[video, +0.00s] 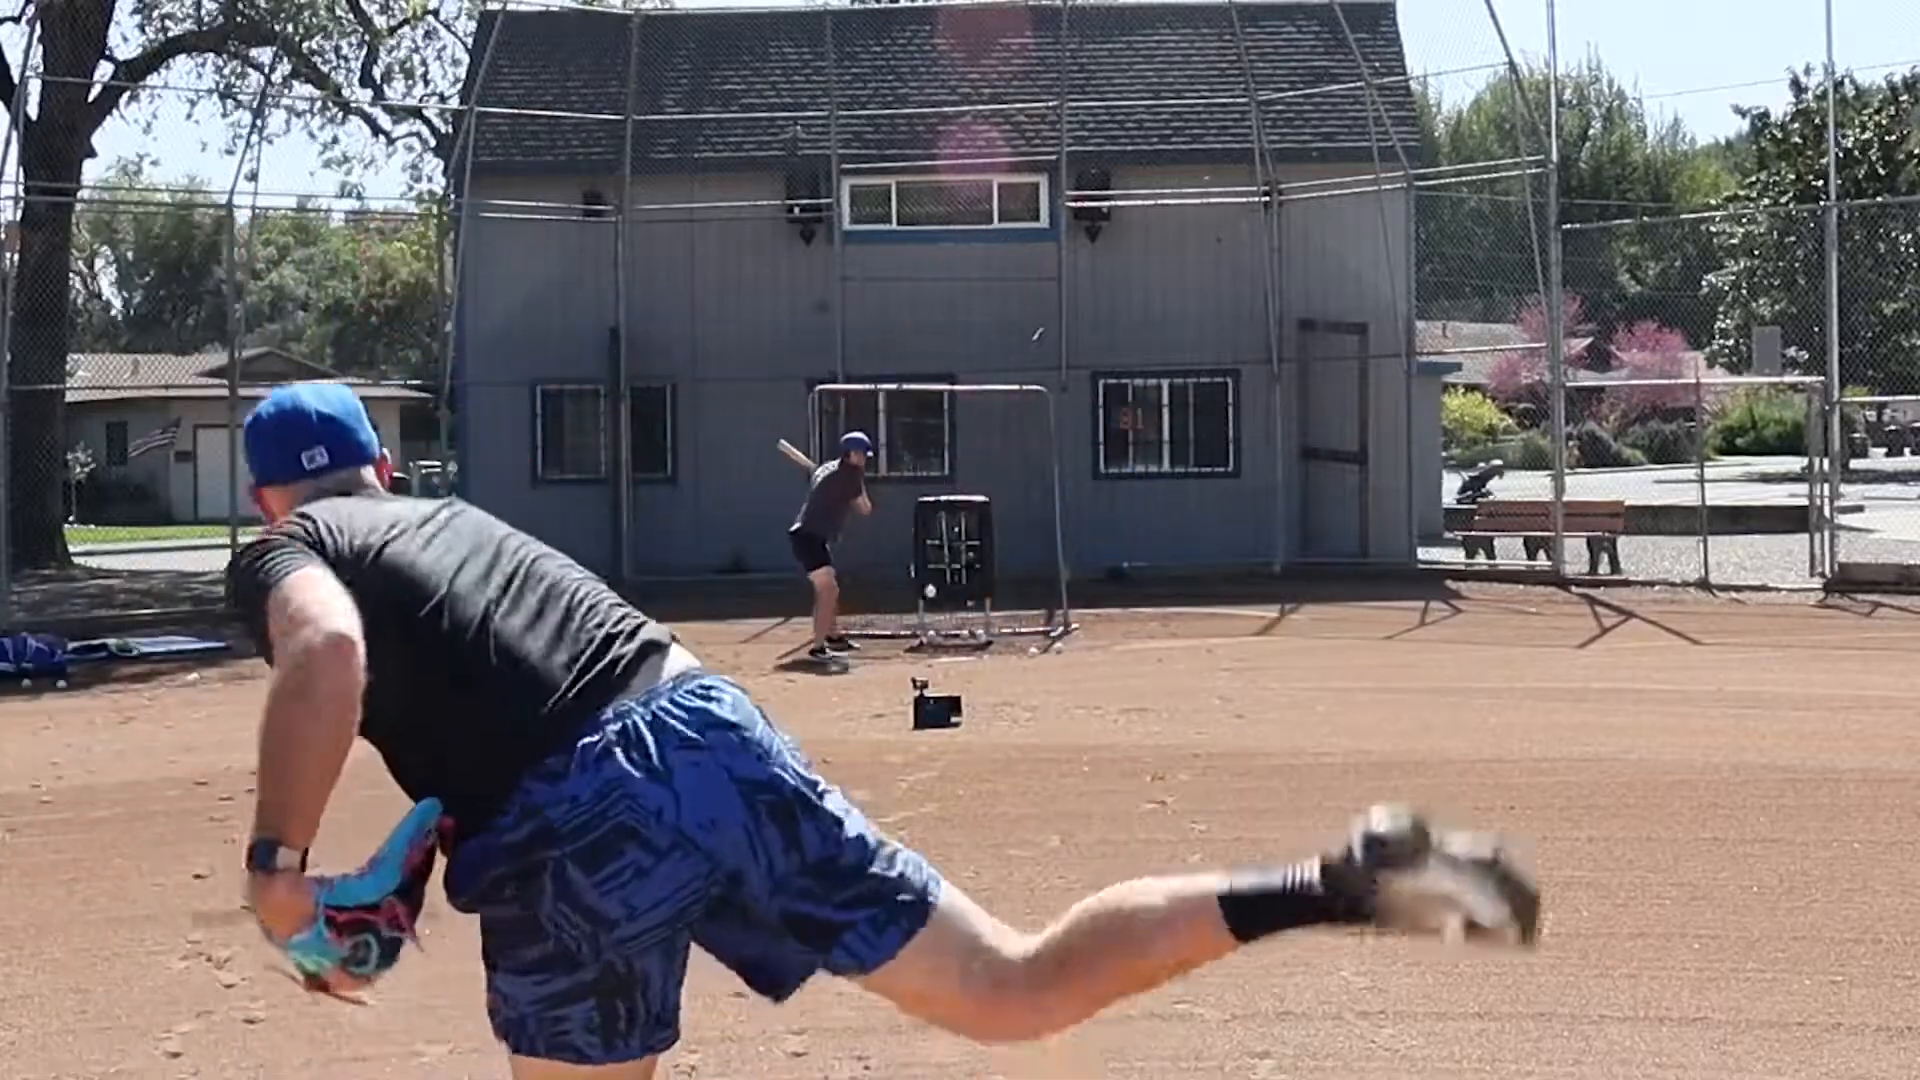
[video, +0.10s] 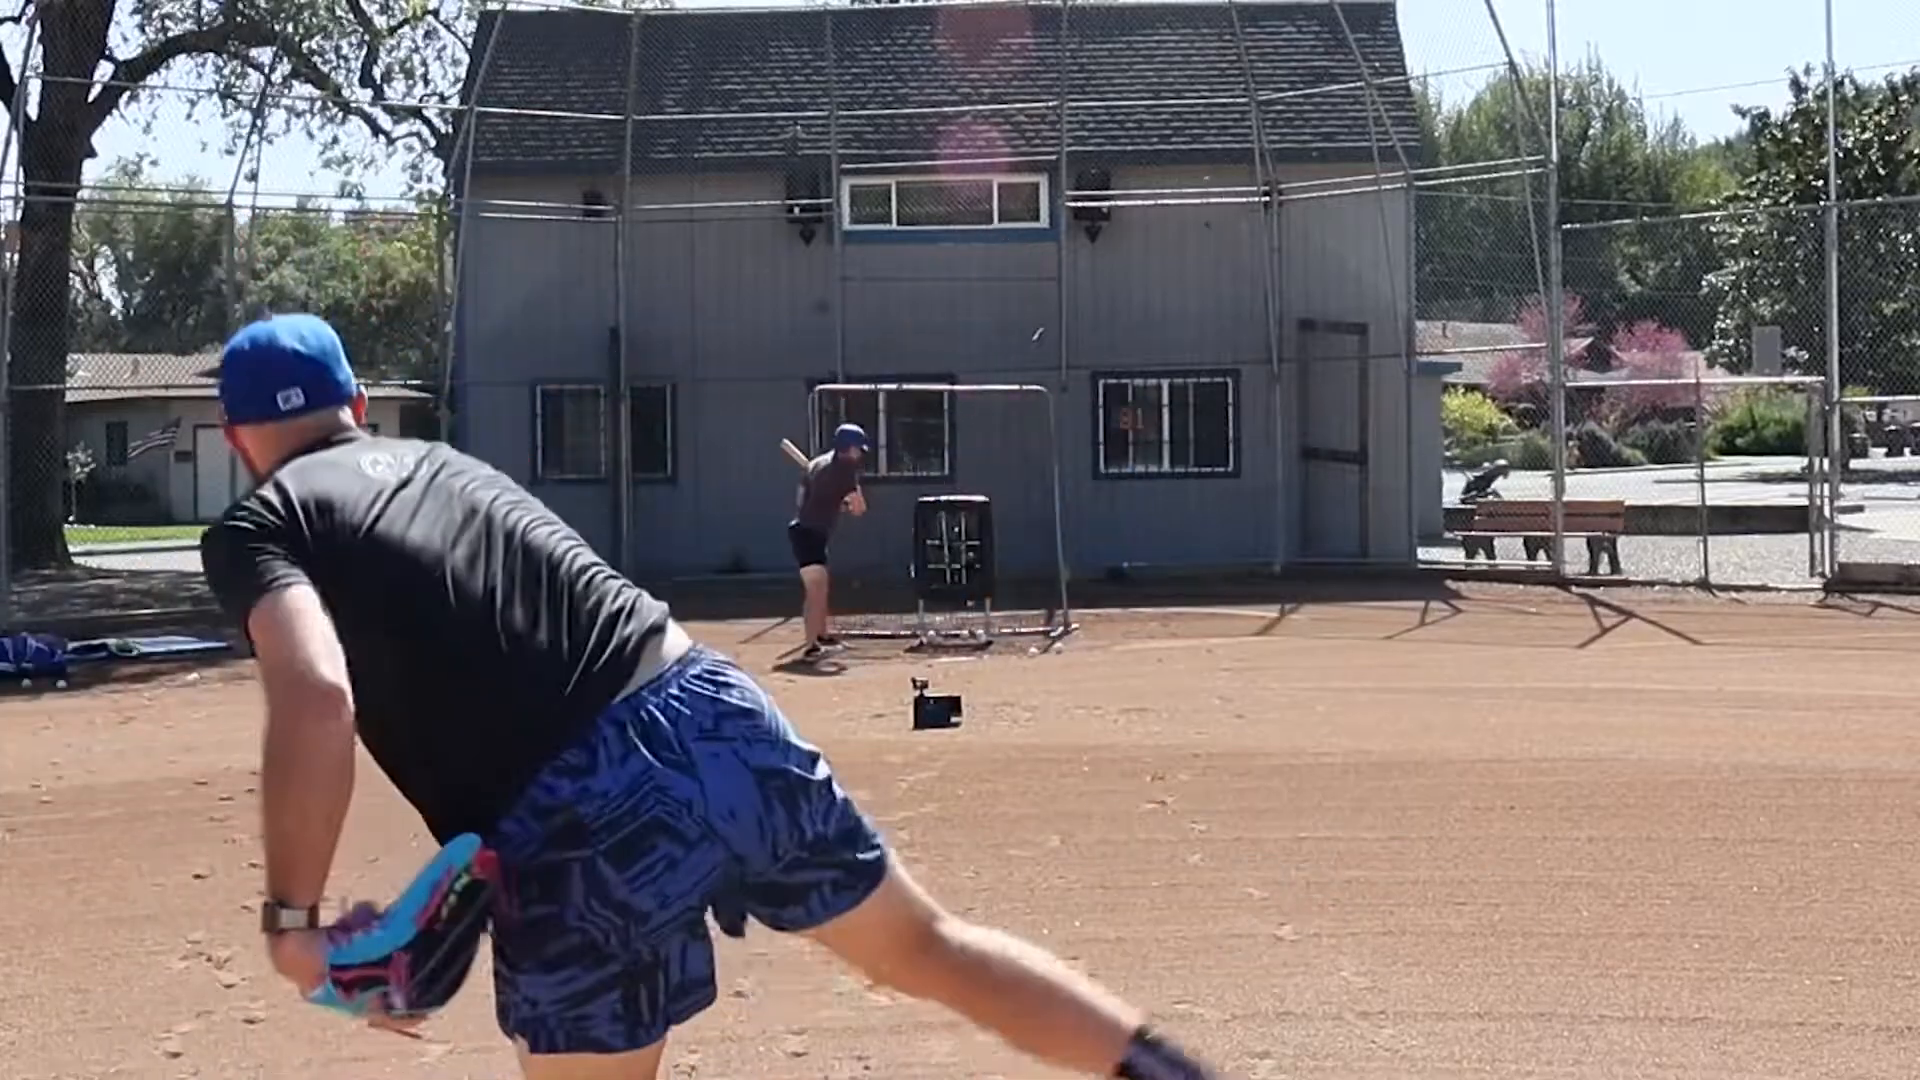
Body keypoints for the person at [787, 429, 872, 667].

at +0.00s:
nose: (864, 459)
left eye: (865, 454)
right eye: (861, 454)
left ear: (848, 455)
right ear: (850, 454)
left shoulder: (828, 467)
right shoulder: (849, 474)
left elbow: (814, 471)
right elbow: (864, 508)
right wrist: (858, 481)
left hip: (808, 534)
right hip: (810, 536)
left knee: (830, 589)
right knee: (827, 589)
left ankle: (832, 633)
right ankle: (818, 645)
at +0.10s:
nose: (860, 454)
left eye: (861, 449)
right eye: (858, 449)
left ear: (842, 449)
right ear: (847, 449)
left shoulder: (820, 464)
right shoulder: (842, 468)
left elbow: (821, 498)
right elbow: (858, 506)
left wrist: (848, 506)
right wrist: (854, 502)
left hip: (811, 528)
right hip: (809, 530)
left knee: (819, 582)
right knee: (816, 583)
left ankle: (821, 633)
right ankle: (811, 642)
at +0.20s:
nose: (852, 453)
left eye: (852, 448)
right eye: (850, 448)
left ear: (832, 446)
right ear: (840, 448)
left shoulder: (810, 464)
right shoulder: (836, 470)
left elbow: (792, 501)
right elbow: (846, 506)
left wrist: (818, 516)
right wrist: (850, 521)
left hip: (805, 531)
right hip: (813, 534)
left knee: (816, 588)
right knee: (814, 590)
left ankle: (819, 635)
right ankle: (811, 643)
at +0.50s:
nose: (828, 451)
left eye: (829, 446)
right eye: (826, 446)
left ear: (808, 443)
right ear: (817, 444)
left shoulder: (796, 466)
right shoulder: (814, 471)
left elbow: (793, 507)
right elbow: (819, 512)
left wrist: (804, 527)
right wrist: (834, 543)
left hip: (804, 533)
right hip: (814, 534)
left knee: (817, 588)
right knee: (817, 590)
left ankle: (819, 634)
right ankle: (812, 643)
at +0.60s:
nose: (853, 444)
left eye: (856, 440)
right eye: (848, 441)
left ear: (859, 440)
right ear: (839, 442)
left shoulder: (868, 455)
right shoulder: (833, 462)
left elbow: (875, 478)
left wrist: (854, 459)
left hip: (855, 527)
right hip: (834, 527)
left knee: (860, 577)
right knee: (865, 575)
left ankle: (845, 626)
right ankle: (838, 622)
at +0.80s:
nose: (860, 447)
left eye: (861, 442)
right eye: (855, 443)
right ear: (845, 445)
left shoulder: (831, 465)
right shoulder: (850, 469)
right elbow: (875, 488)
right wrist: (876, 469)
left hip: (815, 534)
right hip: (832, 533)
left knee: (855, 580)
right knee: (875, 566)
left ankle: (845, 632)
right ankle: (846, 611)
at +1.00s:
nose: (861, 455)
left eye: (862, 451)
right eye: (856, 451)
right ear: (848, 452)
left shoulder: (833, 468)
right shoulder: (857, 474)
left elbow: (830, 467)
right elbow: (873, 492)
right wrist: (866, 472)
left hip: (813, 535)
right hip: (827, 536)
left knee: (852, 581)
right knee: (866, 576)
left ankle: (841, 632)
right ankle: (841, 614)